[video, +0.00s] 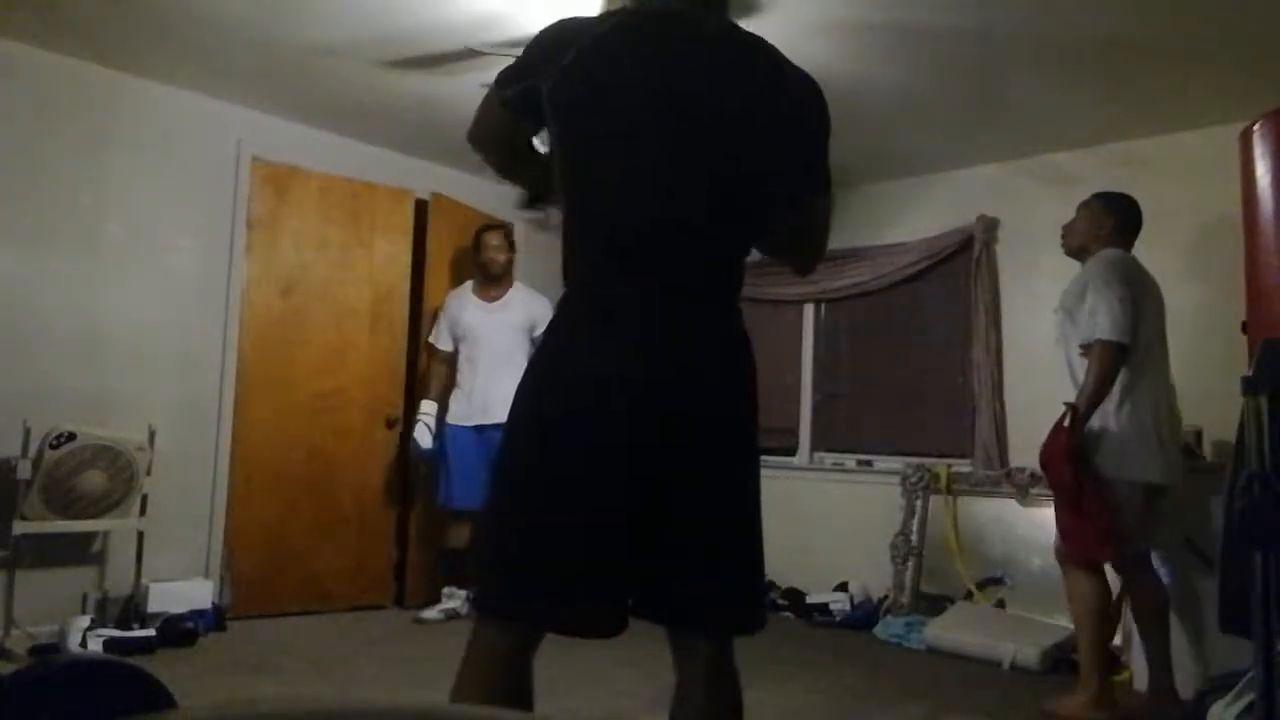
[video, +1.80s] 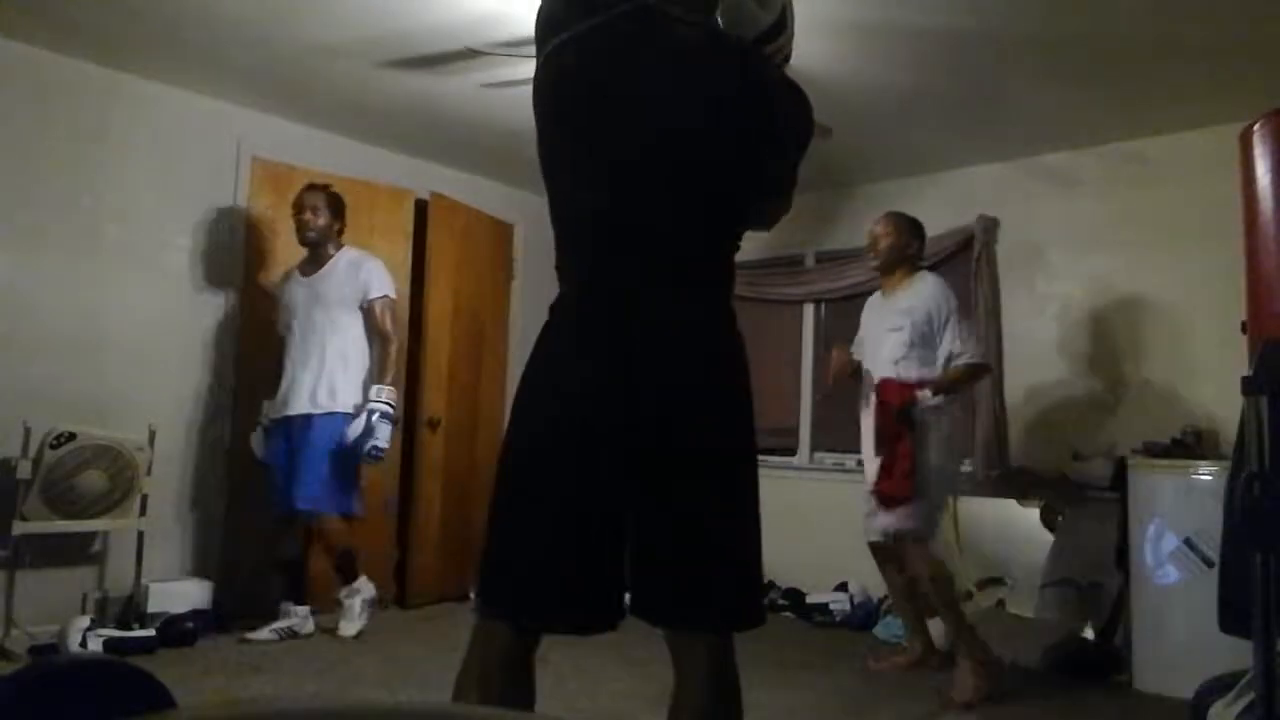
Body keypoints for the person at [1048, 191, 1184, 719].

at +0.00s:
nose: (1066, 227)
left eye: (1077, 218)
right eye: (1071, 218)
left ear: (1106, 225)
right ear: (1116, 230)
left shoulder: (1106, 270)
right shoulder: (1133, 274)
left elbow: (1110, 349)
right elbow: (1129, 359)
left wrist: (1074, 423)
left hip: (1112, 450)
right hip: (1144, 451)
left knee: (1075, 556)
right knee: (1135, 561)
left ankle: (1090, 692)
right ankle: (1160, 688)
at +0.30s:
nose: (1030, 221)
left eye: (1042, 214)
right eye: (1036, 212)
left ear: (1071, 227)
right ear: (1074, 229)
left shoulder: (1074, 271)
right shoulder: (1081, 271)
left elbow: (1078, 358)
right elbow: (1077, 360)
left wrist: (1033, 426)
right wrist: (1036, 423)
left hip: (1081, 451)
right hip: (1090, 450)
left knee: (1059, 565)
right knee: (1072, 563)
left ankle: (1088, 692)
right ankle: (1133, 663)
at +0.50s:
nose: (1007, 221)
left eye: (1018, 212)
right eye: (1011, 213)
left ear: (1048, 225)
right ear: (1049, 227)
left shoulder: (1056, 269)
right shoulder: (1039, 272)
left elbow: (1067, 350)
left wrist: (1014, 411)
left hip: (1055, 448)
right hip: (1033, 445)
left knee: (1049, 559)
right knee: (1009, 547)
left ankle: (1084, 691)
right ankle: (1058, 656)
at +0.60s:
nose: (991, 222)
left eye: (1001, 214)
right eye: (994, 215)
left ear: (1030, 227)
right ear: (1030, 229)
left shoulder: (1042, 269)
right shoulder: (1018, 275)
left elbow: (1063, 347)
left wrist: (1005, 402)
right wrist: (983, 254)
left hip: (1043, 442)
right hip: (1014, 439)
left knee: (1046, 554)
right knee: (990, 540)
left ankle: (1088, 692)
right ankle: (1003, 660)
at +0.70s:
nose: (975, 226)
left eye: (986, 219)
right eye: (978, 218)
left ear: (1019, 230)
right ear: (1011, 231)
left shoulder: (1032, 270)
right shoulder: (998, 280)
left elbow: (1057, 346)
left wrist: (994, 401)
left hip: (1036, 449)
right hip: (998, 447)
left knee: (1041, 557)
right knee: (975, 545)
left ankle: (1086, 688)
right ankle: (980, 658)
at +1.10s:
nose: (931, 221)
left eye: (941, 213)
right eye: (930, 214)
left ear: (973, 219)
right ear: (936, 227)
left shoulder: (996, 261)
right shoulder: (935, 284)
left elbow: (1048, 322)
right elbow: (950, 348)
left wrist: (994, 361)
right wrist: (921, 361)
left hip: (989, 425)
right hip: (942, 428)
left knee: (973, 538)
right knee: (940, 535)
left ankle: (1008, 664)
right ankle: (968, 653)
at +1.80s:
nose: (869, 244)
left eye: (879, 235)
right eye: (870, 236)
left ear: (909, 244)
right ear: (882, 247)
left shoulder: (934, 291)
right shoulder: (873, 303)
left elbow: (974, 363)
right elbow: (868, 368)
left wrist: (926, 385)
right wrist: (846, 366)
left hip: (924, 440)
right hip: (880, 441)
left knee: (911, 541)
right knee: (881, 540)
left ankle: (970, 652)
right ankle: (919, 644)